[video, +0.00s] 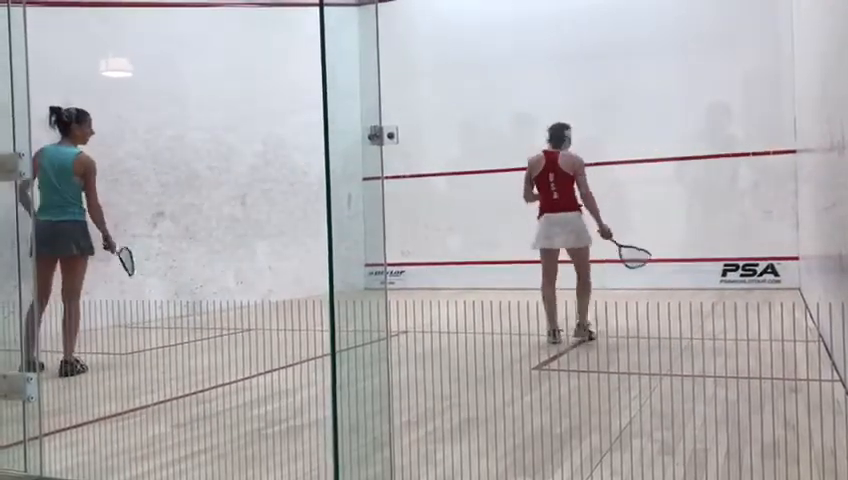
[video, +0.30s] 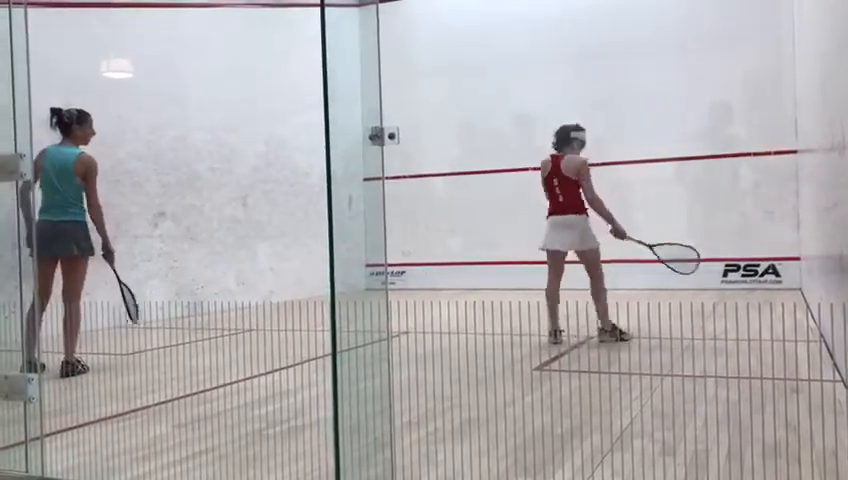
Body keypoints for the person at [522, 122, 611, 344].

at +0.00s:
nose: (571, 144)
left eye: (569, 140)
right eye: (570, 140)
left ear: (549, 139)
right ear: (566, 140)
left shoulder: (535, 161)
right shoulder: (574, 161)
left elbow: (528, 196)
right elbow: (585, 194)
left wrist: (546, 194)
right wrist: (601, 224)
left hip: (548, 222)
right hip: (572, 221)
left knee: (548, 279)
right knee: (583, 275)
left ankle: (553, 329)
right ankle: (582, 324)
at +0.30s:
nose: (581, 148)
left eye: (582, 144)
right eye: (579, 144)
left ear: (559, 143)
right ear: (572, 143)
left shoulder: (545, 164)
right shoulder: (579, 163)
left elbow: (549, 194)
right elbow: (591, 198)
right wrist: (614, 223)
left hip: (555, 224)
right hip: (578, 223)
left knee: (553, 277)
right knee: (596, 274)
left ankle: (554, 329)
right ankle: (606, 325)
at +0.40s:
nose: (589, 144)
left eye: (590, 140)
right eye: (585, 139)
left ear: (566, 142)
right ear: (572, 141)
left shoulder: (554, 164)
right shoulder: (583, 162)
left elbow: (564, 195)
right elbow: (597, 196)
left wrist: (586, 212)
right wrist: (624, 218)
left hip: (560, 223)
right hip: (582, 222)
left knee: (558, 277)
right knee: (599, 276)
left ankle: (555, 328)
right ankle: (607, 326)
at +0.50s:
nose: (596, 141)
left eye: (596, 136)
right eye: (592, 137)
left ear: (575, 141)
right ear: (580, 139)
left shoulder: (564, 164)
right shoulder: (586, 162)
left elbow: (575, 199)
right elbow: (603, 194)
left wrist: (596, 218)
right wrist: (635, 206)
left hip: (566, 222)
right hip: (586, 222)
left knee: (568, 276)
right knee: (603, 275)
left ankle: (557, 327)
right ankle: (608, 327)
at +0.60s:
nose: (601, 141)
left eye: (600, 137)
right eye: (598, 137)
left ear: (580, 141)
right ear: (589, 140)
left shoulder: (572, 165)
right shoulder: (589, 163)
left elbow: (593, 201)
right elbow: (605, 193)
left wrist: (618, 219)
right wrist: (646, 197)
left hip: (573, 224)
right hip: (590, 224)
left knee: (581, 276)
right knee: (608, 276)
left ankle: (560, 322)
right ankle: (609, 326)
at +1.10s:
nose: (590, 143)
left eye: (588, 140)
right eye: (586, 140)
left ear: (575, 148)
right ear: (576, 147)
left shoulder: (582, 165)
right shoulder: (570, 174)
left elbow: (598, 185)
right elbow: (592, 202)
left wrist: (628, 188)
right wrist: (608, 181)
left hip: (575, 228)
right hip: (575, 230)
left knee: (588, 274)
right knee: (602, 274)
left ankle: (562, 316)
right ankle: (612, 327)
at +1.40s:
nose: (563, 154)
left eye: (561, 150)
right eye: (561, 151)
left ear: (540, 153)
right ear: (557, 154)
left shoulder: (529, 176)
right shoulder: (562, 178)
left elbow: (520, 200)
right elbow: (580, 200)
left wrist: (521, 217)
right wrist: (592, 198)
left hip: (531, 234)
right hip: (552, 233)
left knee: (556, 277)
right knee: (578, 278)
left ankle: (554, 320)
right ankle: (563, 319)